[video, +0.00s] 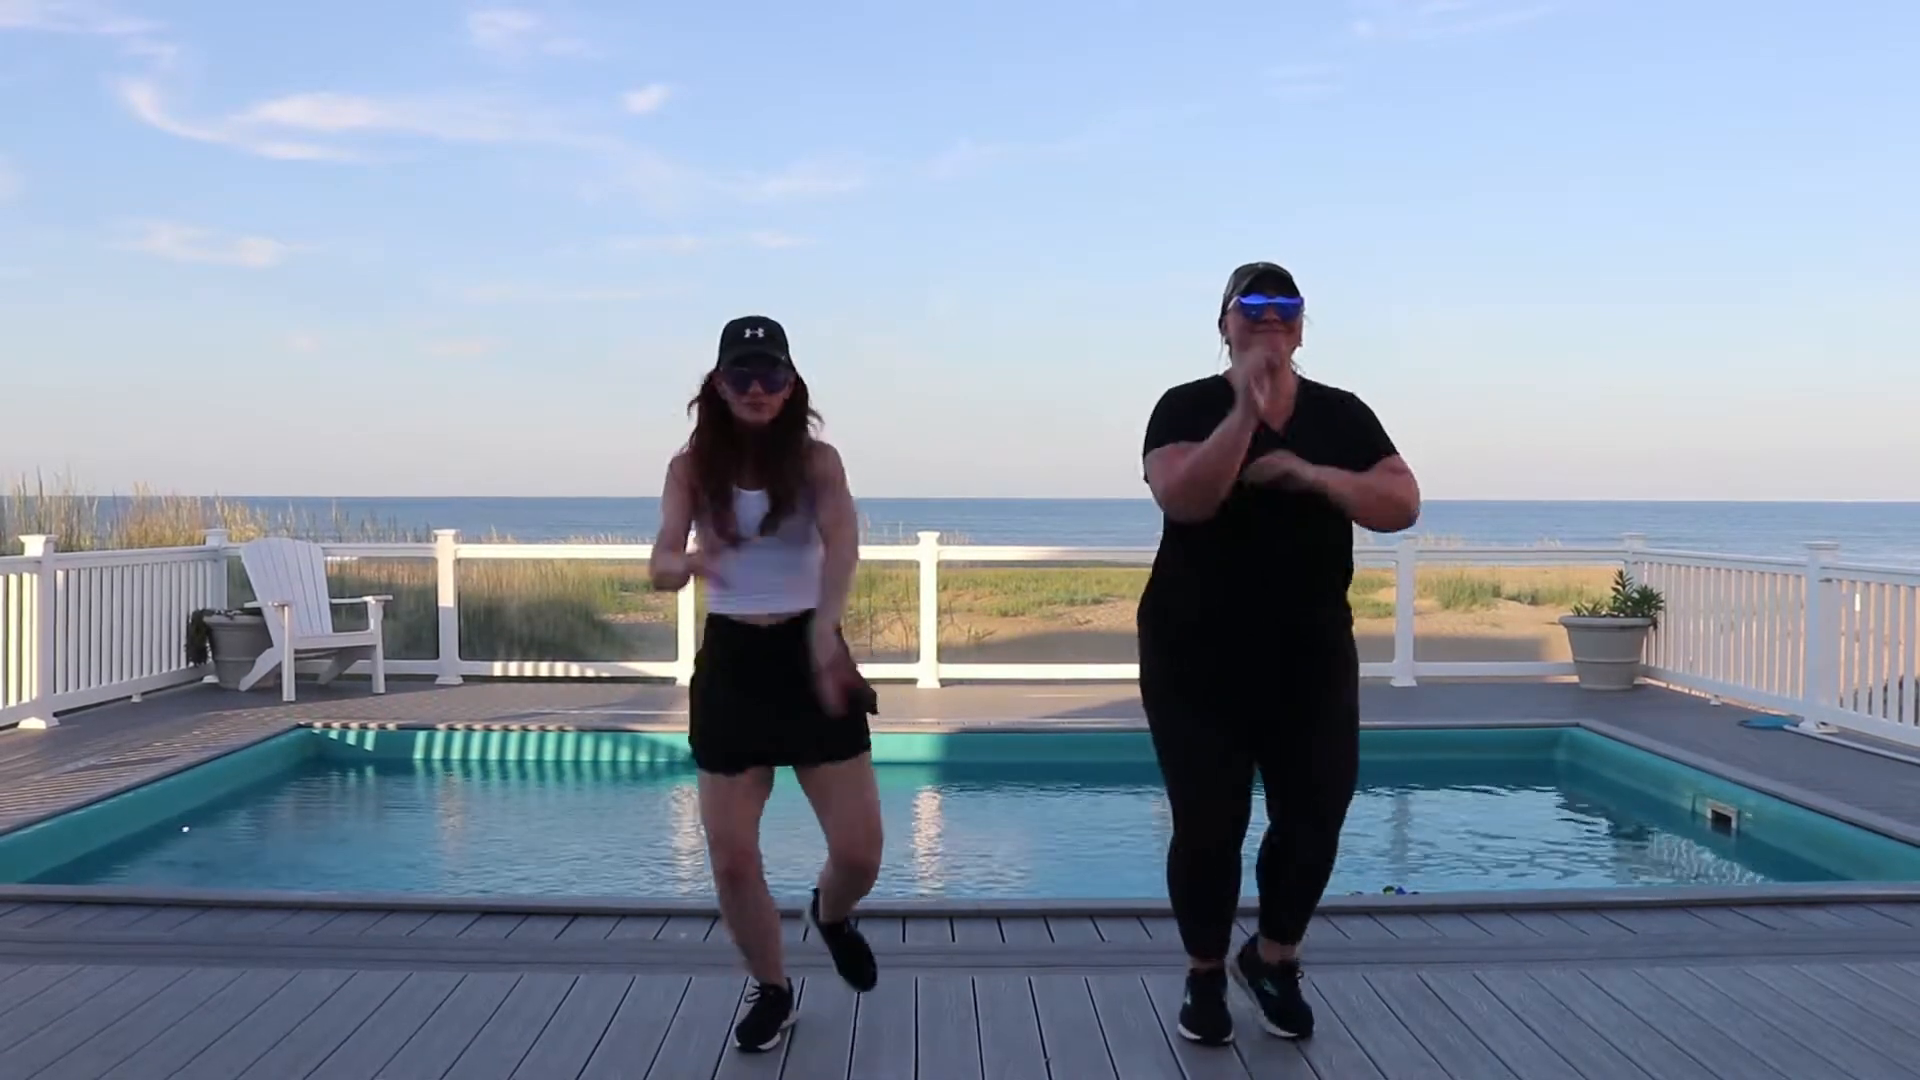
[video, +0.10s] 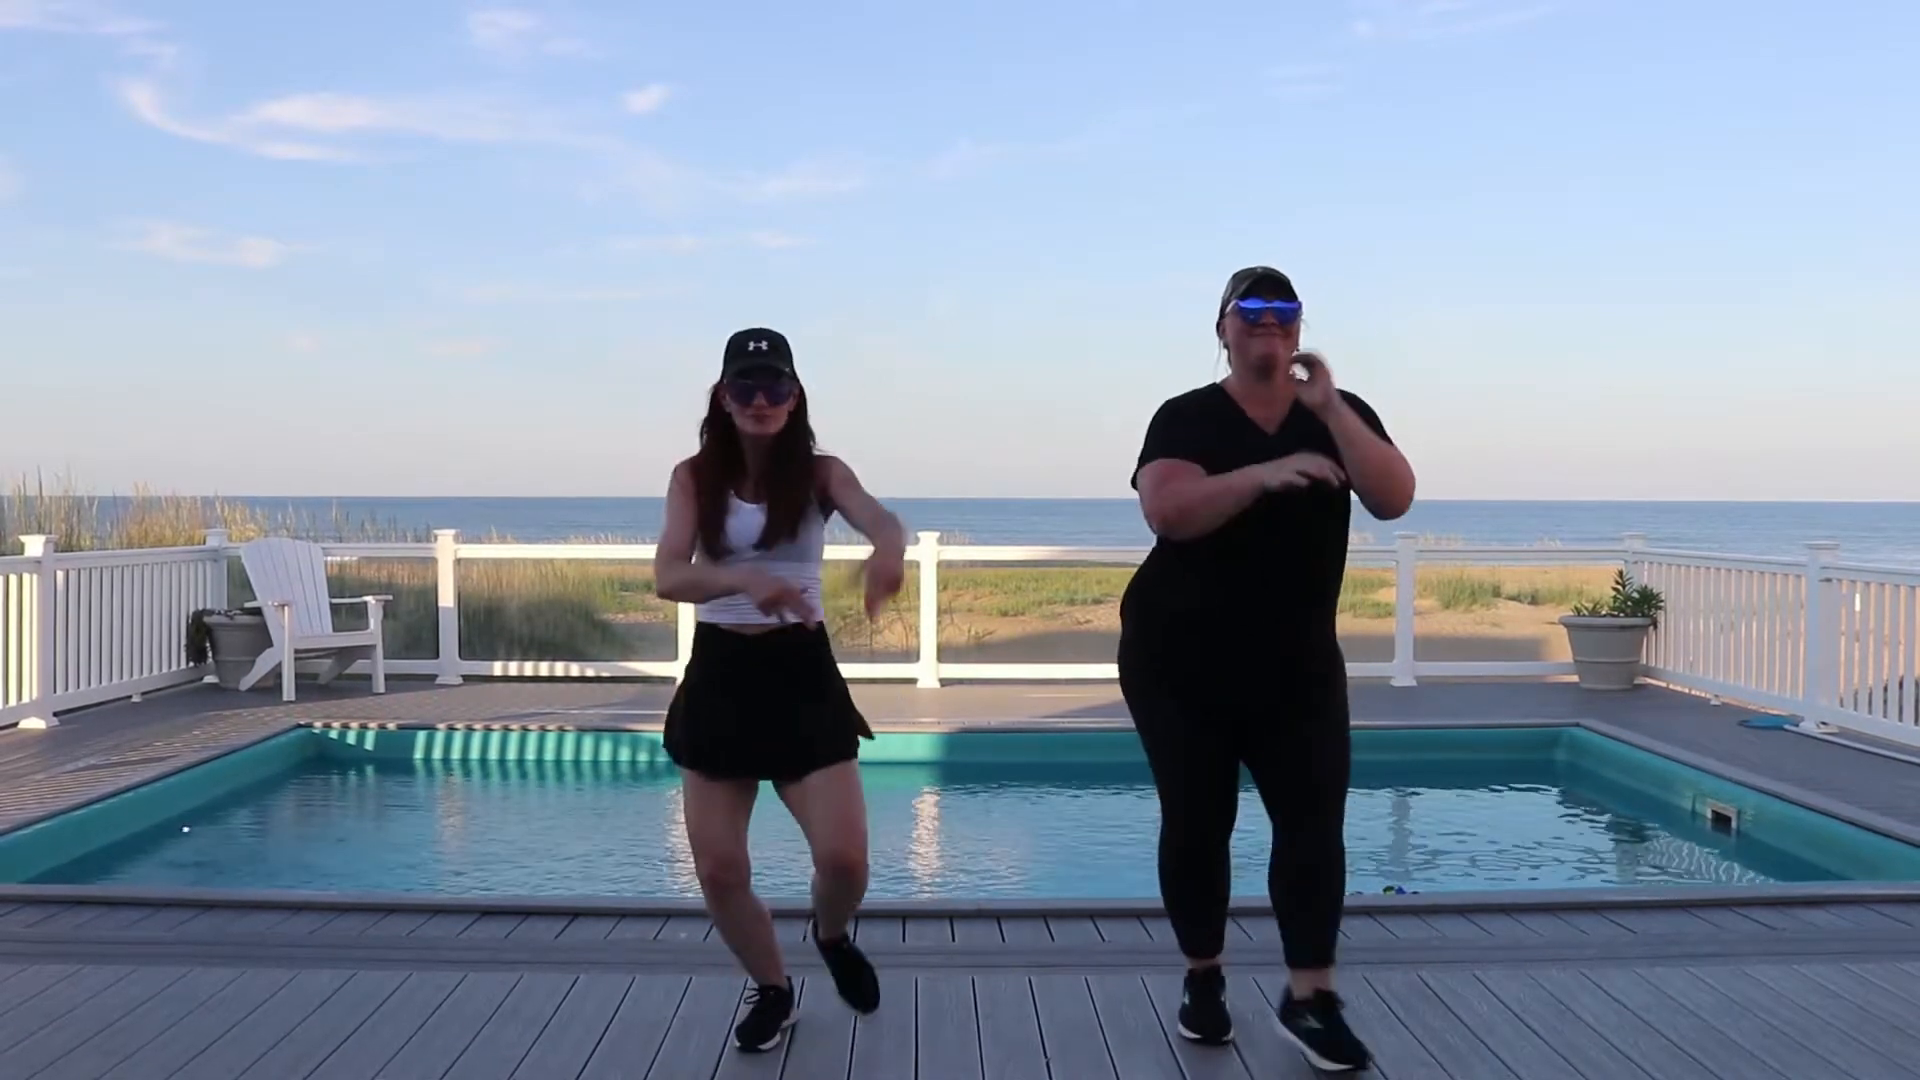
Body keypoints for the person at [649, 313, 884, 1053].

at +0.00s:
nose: (757, 388)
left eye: (771, 375)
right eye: (742, 376)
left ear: (790, 381)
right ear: (718, 381)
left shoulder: (815, 457)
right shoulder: (692, 466)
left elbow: (842, 542)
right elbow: (662, 571)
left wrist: (827, 627)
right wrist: (687, 559)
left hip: (813, 648)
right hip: (732, 657)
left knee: (862, 853)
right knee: (732, 862)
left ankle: (829, 915)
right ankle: (771, 985)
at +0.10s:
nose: (760, 400)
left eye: (774, 387)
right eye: (745, 388)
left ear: (795, 394)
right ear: (723, 395)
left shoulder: (820, 471)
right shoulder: (695, 478)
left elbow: (884, 525)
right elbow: (668, 577)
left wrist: (888, 557)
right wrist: (745, 578)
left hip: (803, 672)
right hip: (719, 674)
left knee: (846, 860)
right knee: (717, 871)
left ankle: (833, 938)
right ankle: (771, 988)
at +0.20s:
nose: (769, 378)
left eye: (783, 366)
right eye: (755, 366)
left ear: (805, 376)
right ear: (733, 377)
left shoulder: (822, 459)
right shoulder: (702, 454)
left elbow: (887, 515)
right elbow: (683, 546)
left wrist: (900, 447)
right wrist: (787, 550)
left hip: (798, 659)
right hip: (713, 662)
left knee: (817, 837)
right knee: (716, 858)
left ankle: (816, 992)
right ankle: (769, 986)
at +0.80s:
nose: (777, 370)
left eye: (792, 357)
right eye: (762, 357)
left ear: (813, 365)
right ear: (741, 365)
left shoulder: (832, 446)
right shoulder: (716, 434)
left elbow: (861, 530)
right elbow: (669, 511)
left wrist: (875, 451)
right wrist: (779, 538)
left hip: (803, 649)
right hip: (718, 647)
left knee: (801, 844)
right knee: (693, 842)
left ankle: (789, 976)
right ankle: (724, 953)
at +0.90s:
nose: (776, 401)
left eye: (789, 387)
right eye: (762, 387)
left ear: (811, 390)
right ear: (739, 391)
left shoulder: (836, 459)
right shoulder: (719, 457)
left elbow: (864, 530)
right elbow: (649, 501)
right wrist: (726, 533)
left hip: (819, 666)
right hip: (736, 665)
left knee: (812, 863)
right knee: (683, 849)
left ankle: (791, 984)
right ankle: (730, 948)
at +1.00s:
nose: (773, 399)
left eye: (786, 386)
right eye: (758, 385)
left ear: (805, 391)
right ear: (734, 388)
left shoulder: (831, 467)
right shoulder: (714, 463)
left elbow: (860, 557)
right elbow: (634, 498)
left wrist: (771, 587)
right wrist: (701, 460)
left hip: (829, 668)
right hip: (748, 669)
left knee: (819, 863)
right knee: (693, 839)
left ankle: (792, 985)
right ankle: (735, 1000)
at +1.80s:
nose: (756, 400)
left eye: (766, 386)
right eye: (738, 389)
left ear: (781, 388)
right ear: (708, 397)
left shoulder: (803, 462)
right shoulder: (683, 475)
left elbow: (843, 539)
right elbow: (647, 573)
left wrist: (838, 609)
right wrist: (691, 552)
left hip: (797, 669)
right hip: (713, 671)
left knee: (839, 864)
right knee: (710, 871)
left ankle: (827, 930)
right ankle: (758, 986)